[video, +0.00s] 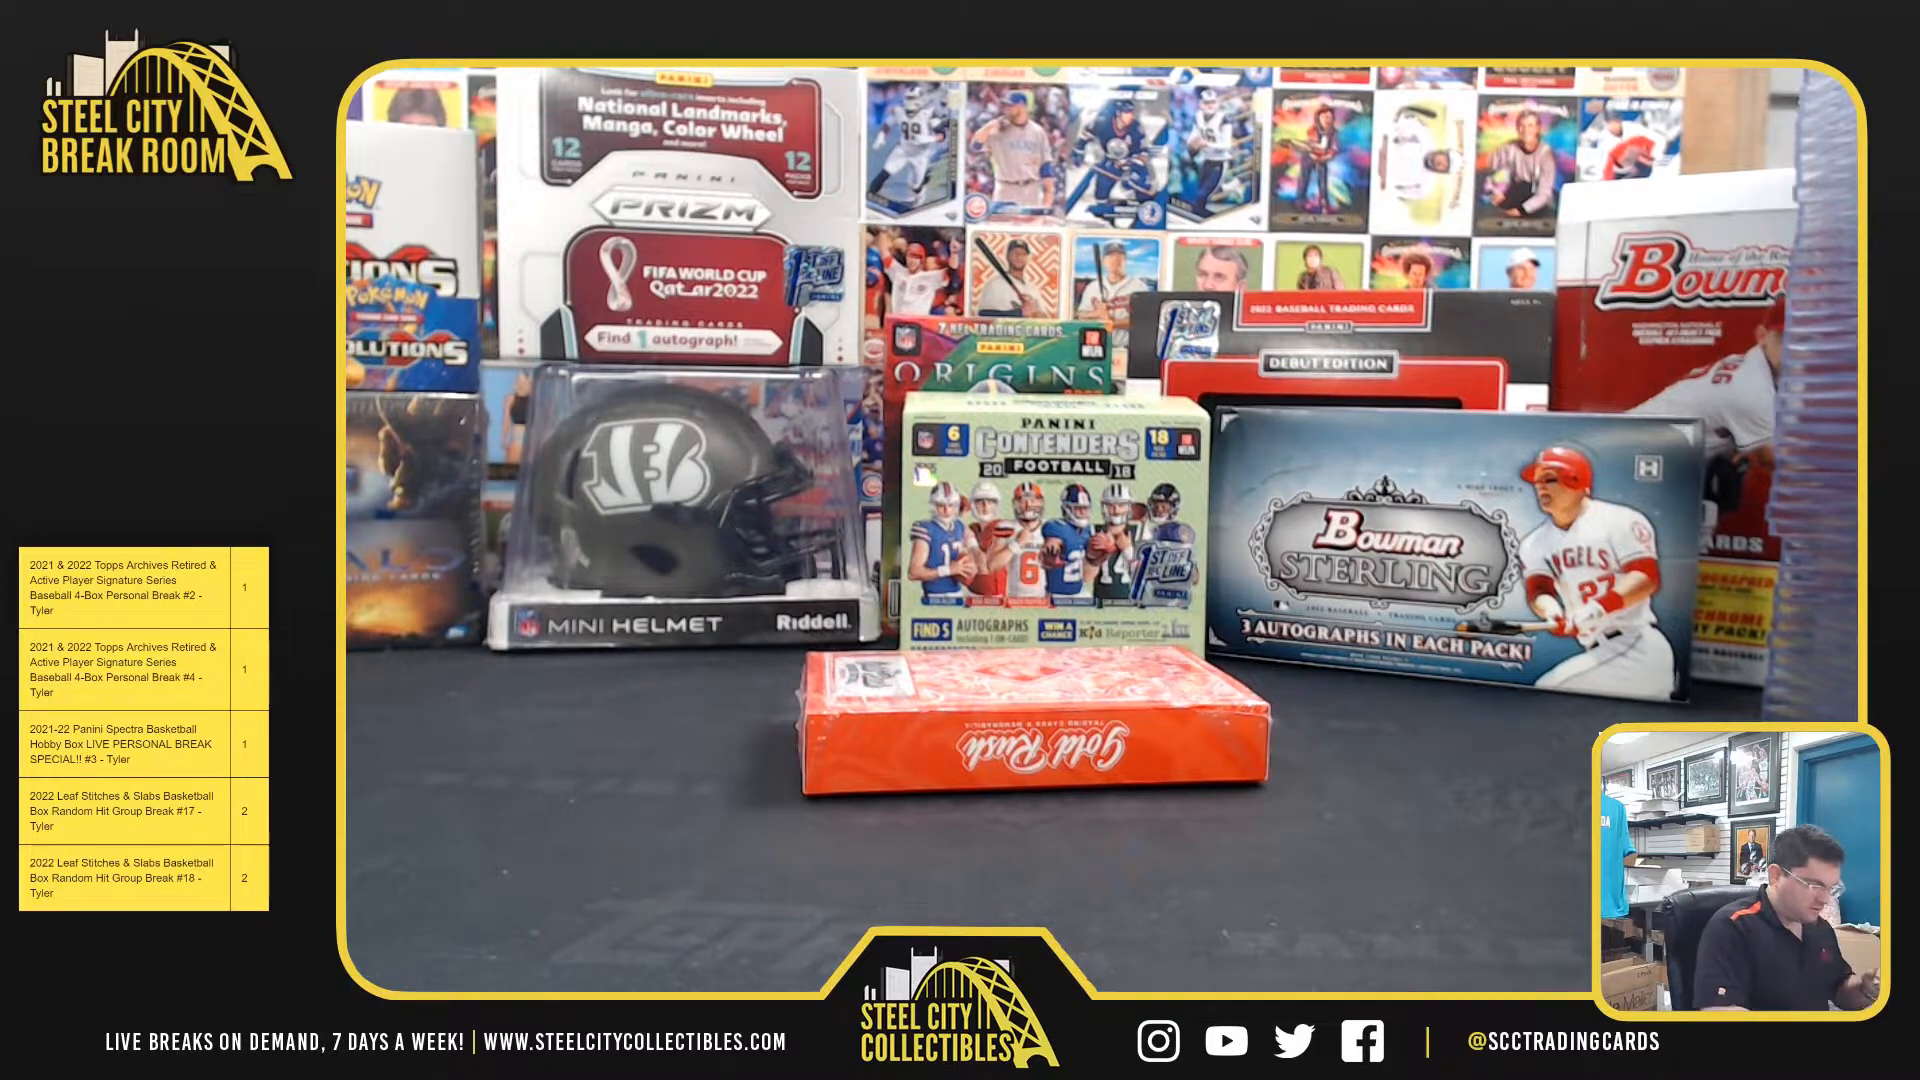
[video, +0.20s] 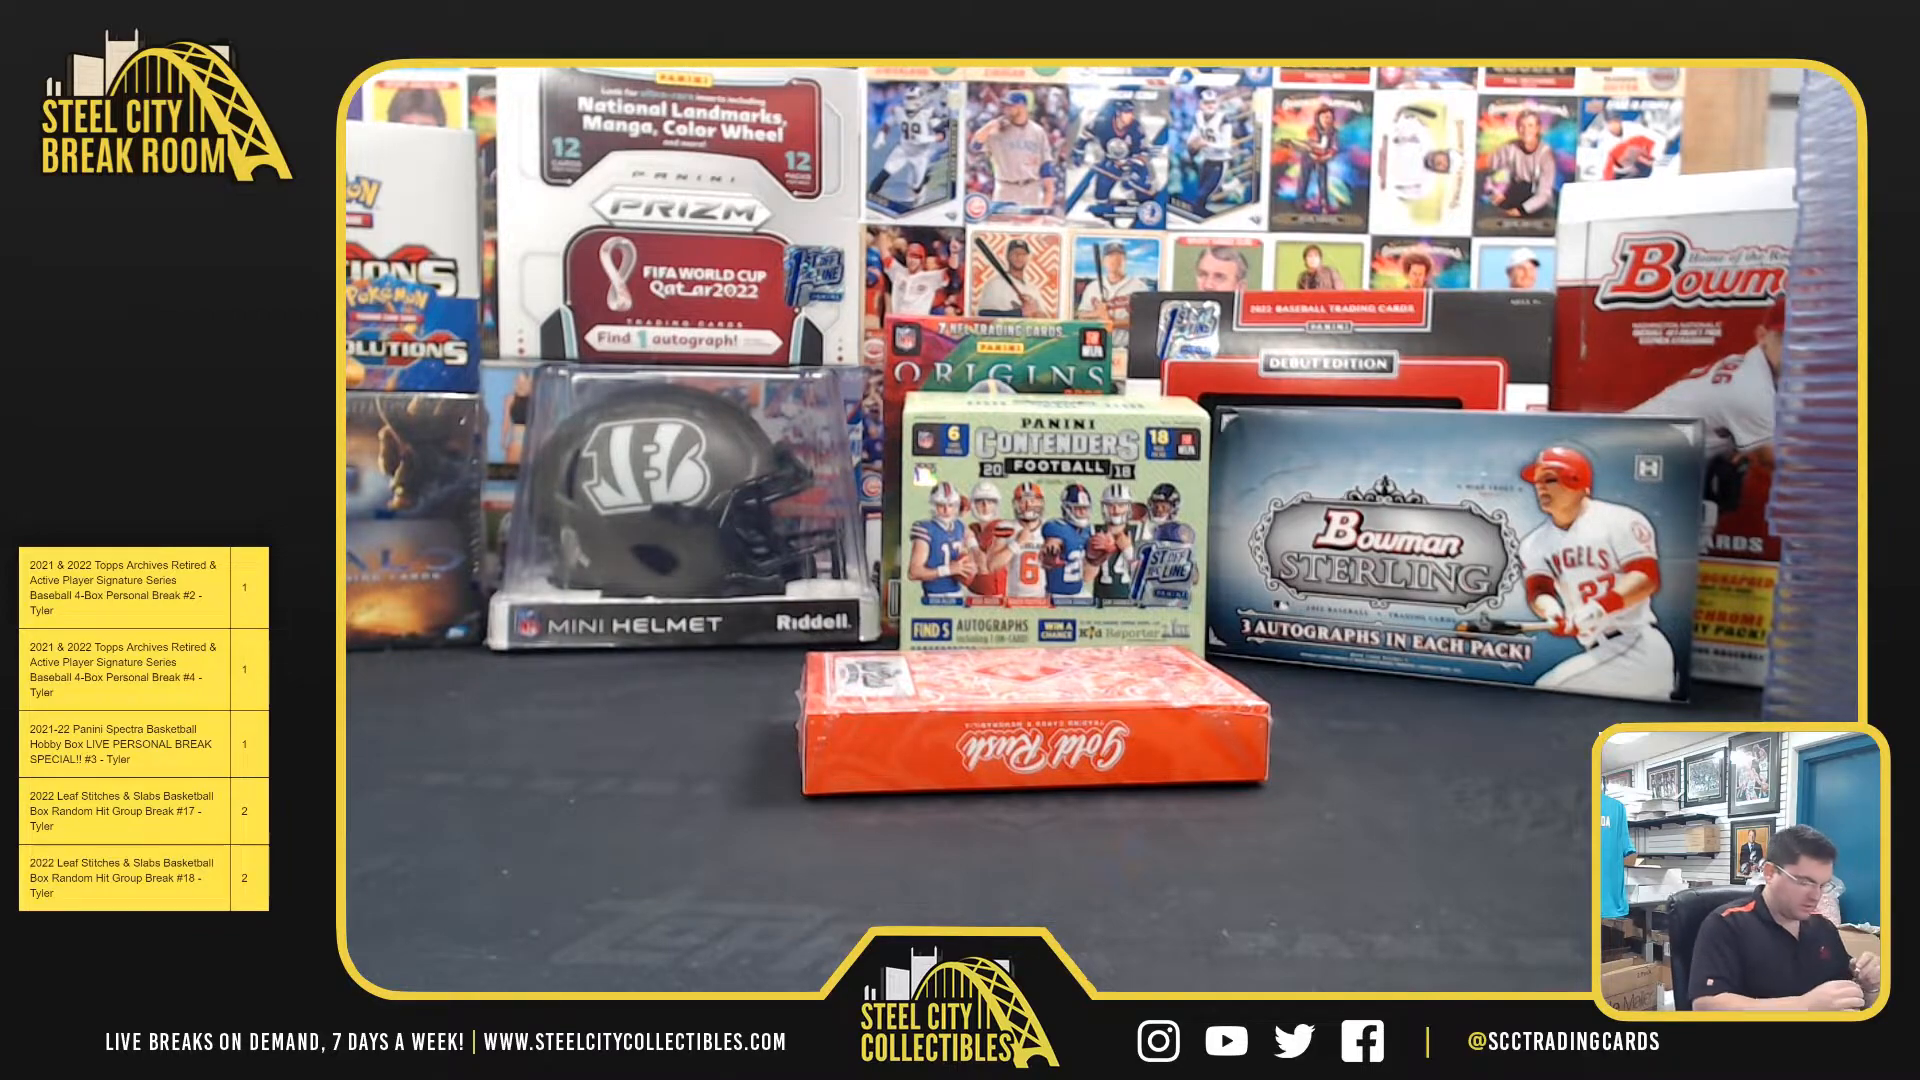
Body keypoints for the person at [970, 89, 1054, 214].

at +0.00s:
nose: (1006, 110)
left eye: (1010, 106)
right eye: (1006, 106)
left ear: (1022, 107)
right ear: (1004, 107)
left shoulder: (1038, 132)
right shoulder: (996, 129)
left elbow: (1046, 166)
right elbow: (974, 147)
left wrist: (1048, 198)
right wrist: (991, 127)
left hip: (1032, 186)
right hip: (1005, 186)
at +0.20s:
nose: (1006, 110)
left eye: (1010, 106)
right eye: (1005, 106)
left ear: (1022, 107)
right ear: (1004, 107)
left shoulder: (1038, 132)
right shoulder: (996, 129)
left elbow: (1046, 166)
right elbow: (974, 148)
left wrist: (1048, 198)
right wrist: (991, 127)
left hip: (1032, 186)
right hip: (1005, 186)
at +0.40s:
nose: (1006, 110)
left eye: (1010, 106)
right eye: (1005, 106)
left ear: (1022, 107)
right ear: (1004, 107)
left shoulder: (1038, 132)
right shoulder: (996, 129)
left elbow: (1046, 166)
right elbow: (974, 148)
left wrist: (1048, 198)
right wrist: (991, 127)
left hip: (1032, 186)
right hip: (1005, 186)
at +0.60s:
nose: (1006, 110)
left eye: (1010, 106)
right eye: (1005, 106)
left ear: (1022, 107)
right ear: (1004, 107)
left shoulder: (1038, 132)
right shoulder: (996, 129)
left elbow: (1046, 166)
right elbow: (974, 148)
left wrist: (1048, 198)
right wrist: (991, 127)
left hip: (1032, 186)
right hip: (1005, 186)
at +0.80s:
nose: (1006, 110)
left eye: (1010, 106)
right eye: (1006, 106)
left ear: (1022, 106)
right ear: (1004, 107)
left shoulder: (1038, 132)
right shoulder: (996, 129)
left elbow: (1046, 166)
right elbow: (974, 148)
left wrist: (1048, 199)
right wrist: (990, 127)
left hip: (1031, 186)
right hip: (1005, 186)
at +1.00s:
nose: (1006, 110)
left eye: (1010, 106)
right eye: (1005, 106)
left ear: (1022, 107)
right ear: (1004, 107)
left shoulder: (1038, 132)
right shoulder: (996, 129)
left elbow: (1046, 166)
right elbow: (974, 148)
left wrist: (1048, 198)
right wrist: (990, 127)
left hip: (1031, 186)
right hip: (1005, 186)